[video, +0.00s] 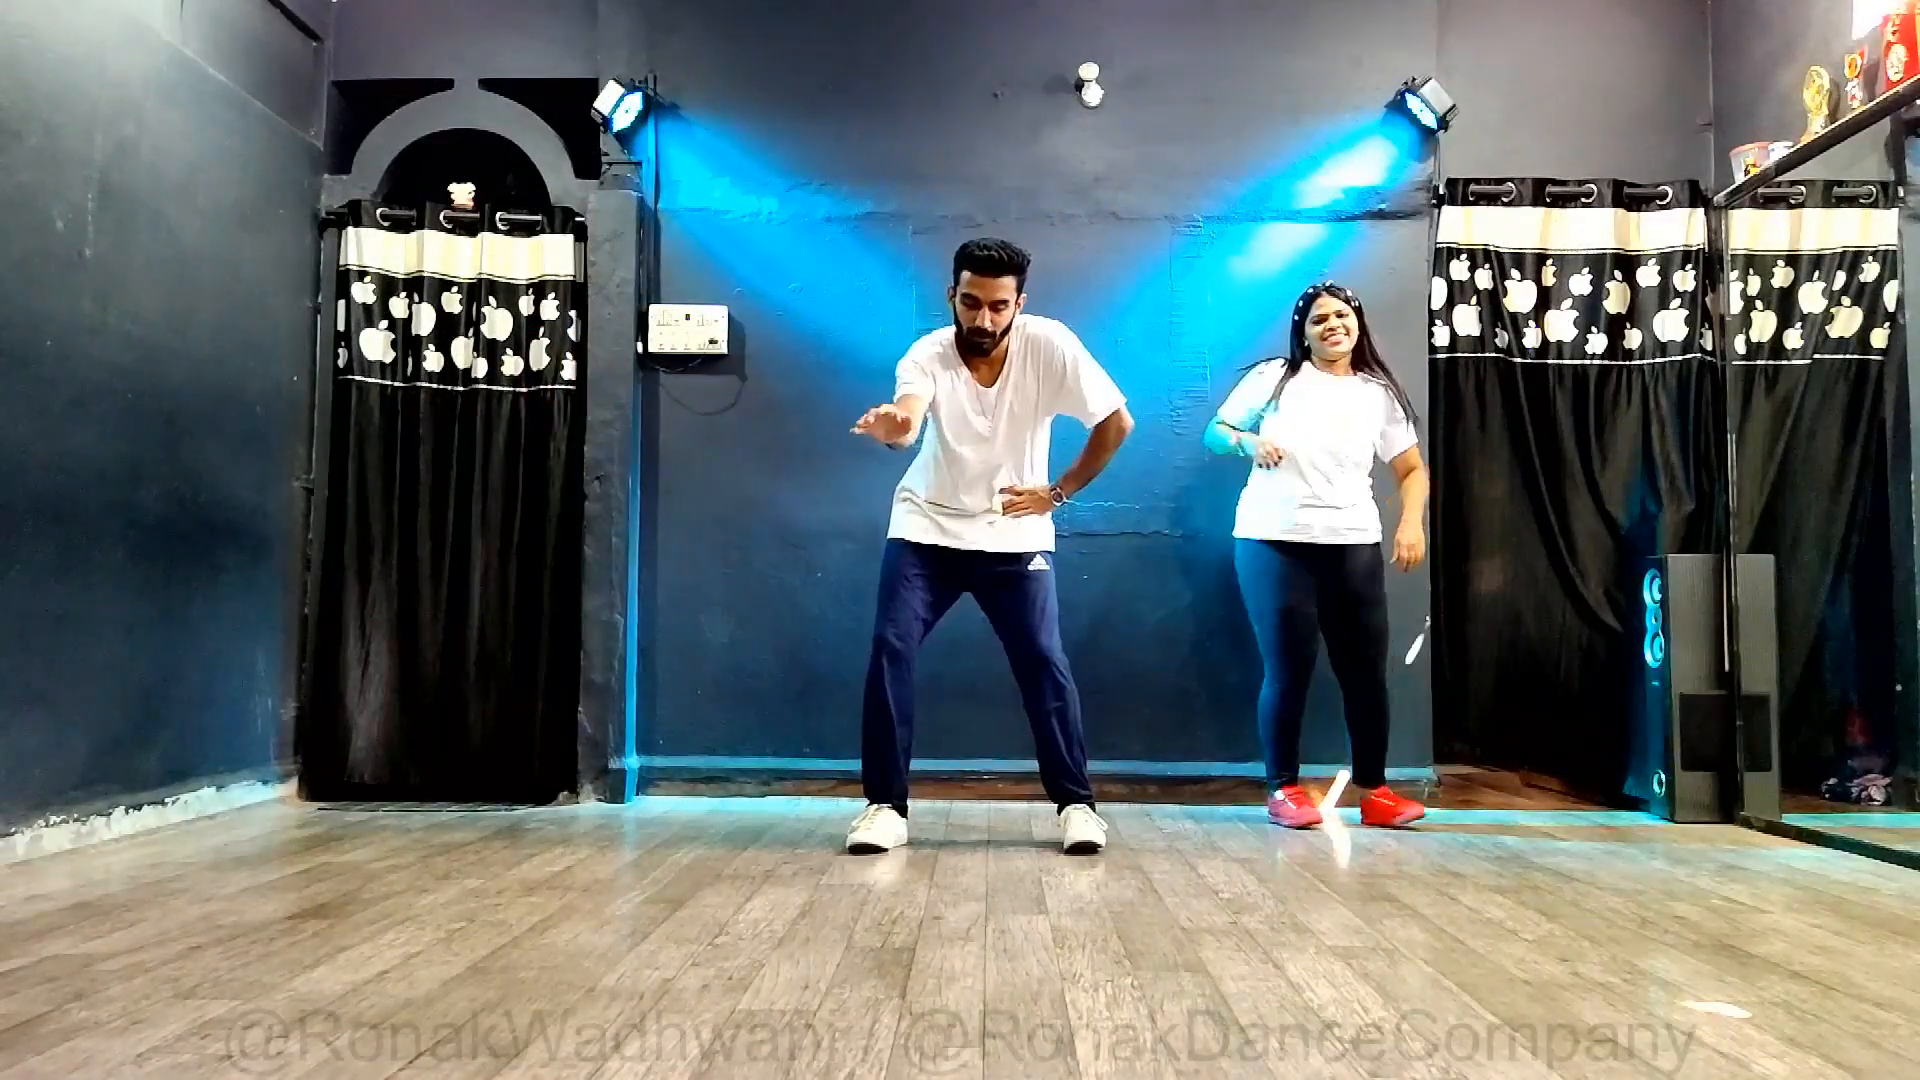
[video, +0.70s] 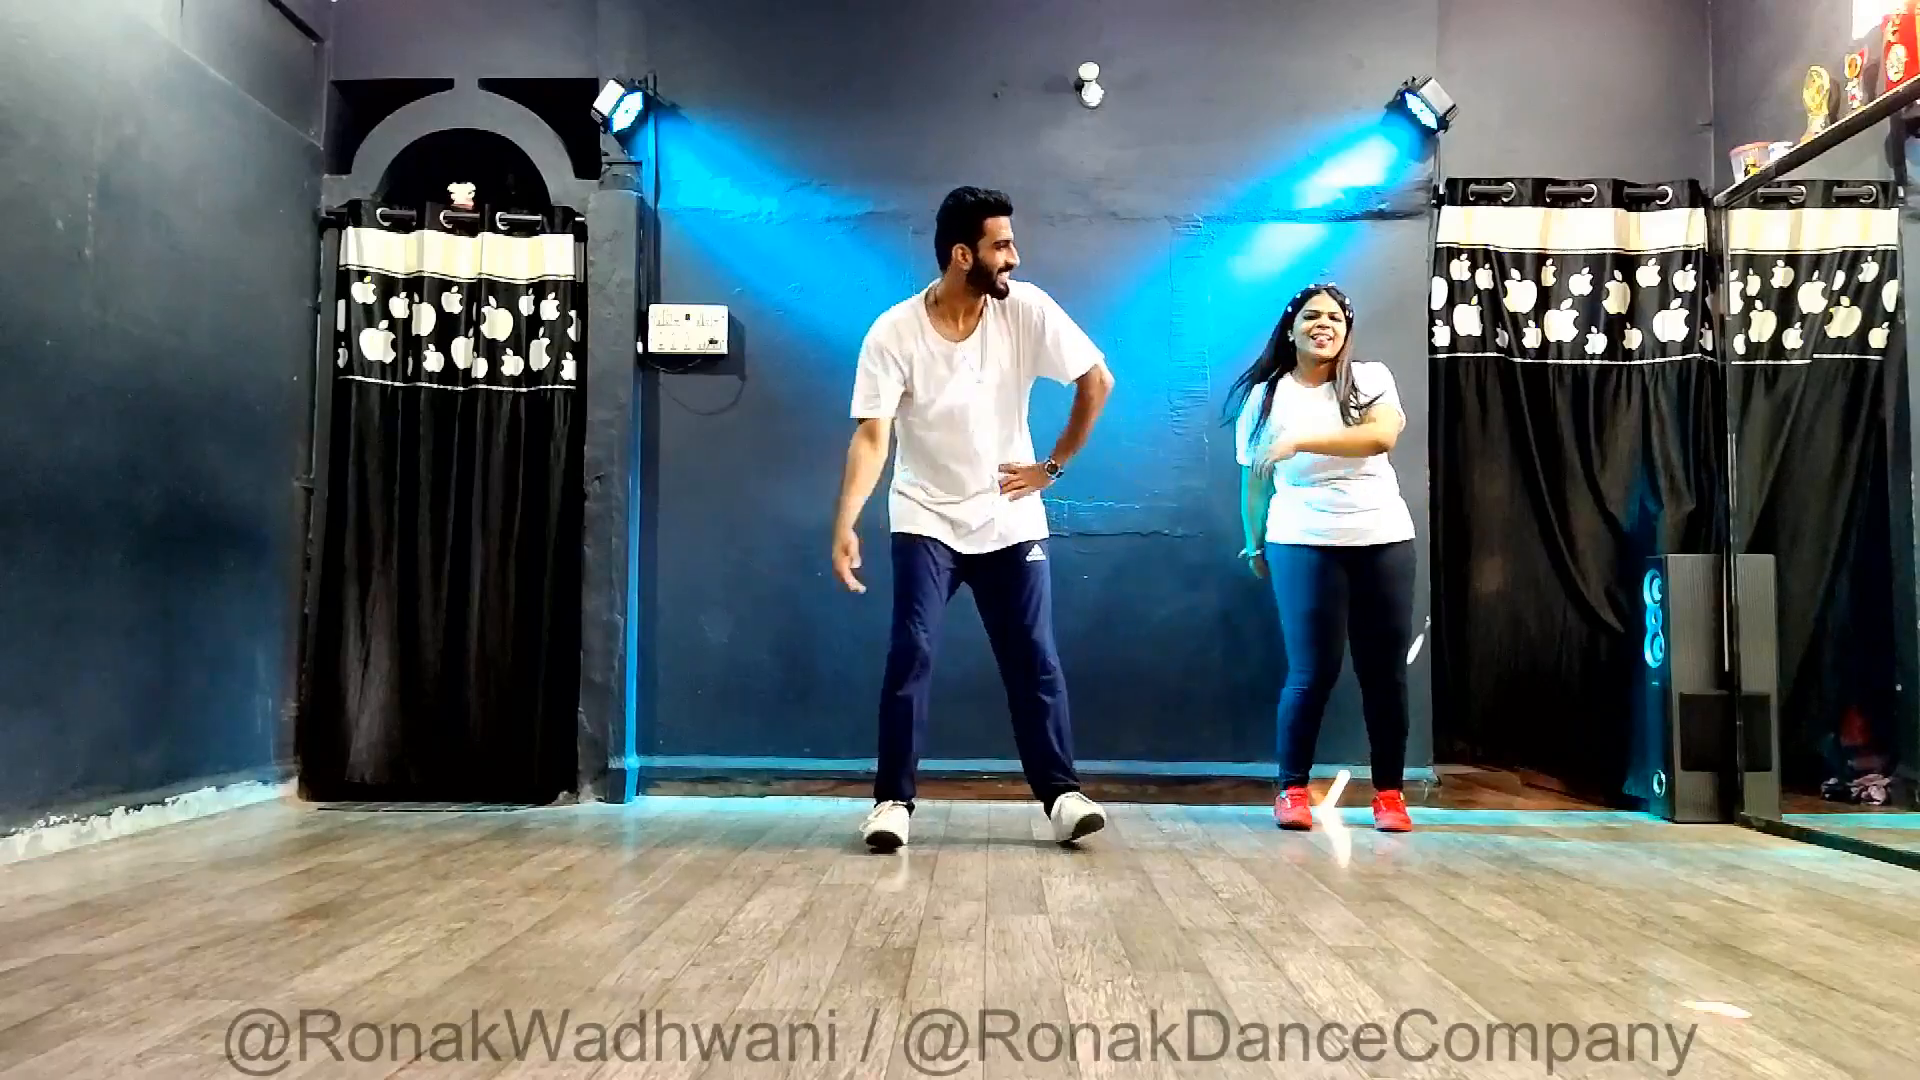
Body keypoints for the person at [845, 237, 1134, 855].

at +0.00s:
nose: (984, 319)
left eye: (999, 306)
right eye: (972, 303)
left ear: (1019, 302)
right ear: (954, 296)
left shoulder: (1049, 344)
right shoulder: (927, 356)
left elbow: (1116, 423)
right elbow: (906, 417)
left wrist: (1059, 492)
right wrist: (892, 428)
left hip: (1014, 525)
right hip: (928, 520)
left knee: (1044, 657)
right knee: (892, 643)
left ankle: (1075, 804)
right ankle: (885, 807)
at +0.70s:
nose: (1011, 257)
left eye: (1012, 244)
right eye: (998, 246)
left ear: (997, 248)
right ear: (956, 254)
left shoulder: (1024, 309)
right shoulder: (894, 333)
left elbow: (1097, 380)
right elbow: (871, 435)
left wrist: (1053, 465)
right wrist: (845, 521)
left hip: (1007, 505)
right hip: (924, 507)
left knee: (1035, 653)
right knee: (912, 648)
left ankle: (1060, 794)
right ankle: (892, 803)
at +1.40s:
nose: (1044, 235)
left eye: (1052, 224)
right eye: (1030, 224)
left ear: (1059, 233)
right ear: (996, 233)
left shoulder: (1081, 299)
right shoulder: (962, 320)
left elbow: (1080, 386)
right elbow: (959, 409)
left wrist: (1046, 455)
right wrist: (944, 481)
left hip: (1078, 519)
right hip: (995, 520)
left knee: (1095, 667)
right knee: (972, 665)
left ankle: (1110, 801)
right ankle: (943, 811)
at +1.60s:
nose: (1056, 238)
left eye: (1069, 228)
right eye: (1044, 225)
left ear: (1085, 240)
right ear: (1023, 236)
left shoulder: (1108, 311)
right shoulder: (990, 321)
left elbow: (1081, 402)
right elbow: (981, 416)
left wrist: (975, 396)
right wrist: (965, 459)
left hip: (1087, 523)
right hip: (1007, 519)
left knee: (1096, 672)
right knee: (973, 650)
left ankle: (1105, 802)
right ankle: (949, 807)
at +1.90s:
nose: (992, 248)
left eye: (1005, 235)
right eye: (978, 236)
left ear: (1025, 236)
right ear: (960, 242)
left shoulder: (1052, 270)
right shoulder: (940, 323)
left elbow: (1122, 300)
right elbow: (905, 394)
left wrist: (1056, 372)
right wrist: (871, 454)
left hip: (1077, 508)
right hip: (992, 515)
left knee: (1096, 661)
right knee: (963, 649)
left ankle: (1108, 800)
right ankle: (957, 803)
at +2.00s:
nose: (972, 287)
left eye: (983, 270)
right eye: (956, 274)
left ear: (1002, 253)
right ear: (935, 263)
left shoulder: (1044, 297)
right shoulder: (914, 352)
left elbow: (1109, 369)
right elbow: (908, 452)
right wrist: (893, 542)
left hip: (1068, 514)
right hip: (977, 530)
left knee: (1111, 643)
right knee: (959, 669)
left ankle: (1115, 775)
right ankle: (957, 812)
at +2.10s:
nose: (963, 279)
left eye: (975, 265)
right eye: (949, 265)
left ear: (995, 255)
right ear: (929, 258)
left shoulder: (1036, 308)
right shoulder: (908, 344)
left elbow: (1086, 395)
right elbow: (913, 430)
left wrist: (1129, 483)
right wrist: (915, 503)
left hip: (1053, 495)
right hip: (967, 519)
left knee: (1094, 558)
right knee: (955, 674)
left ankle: (1092, 701)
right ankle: (959, 812)